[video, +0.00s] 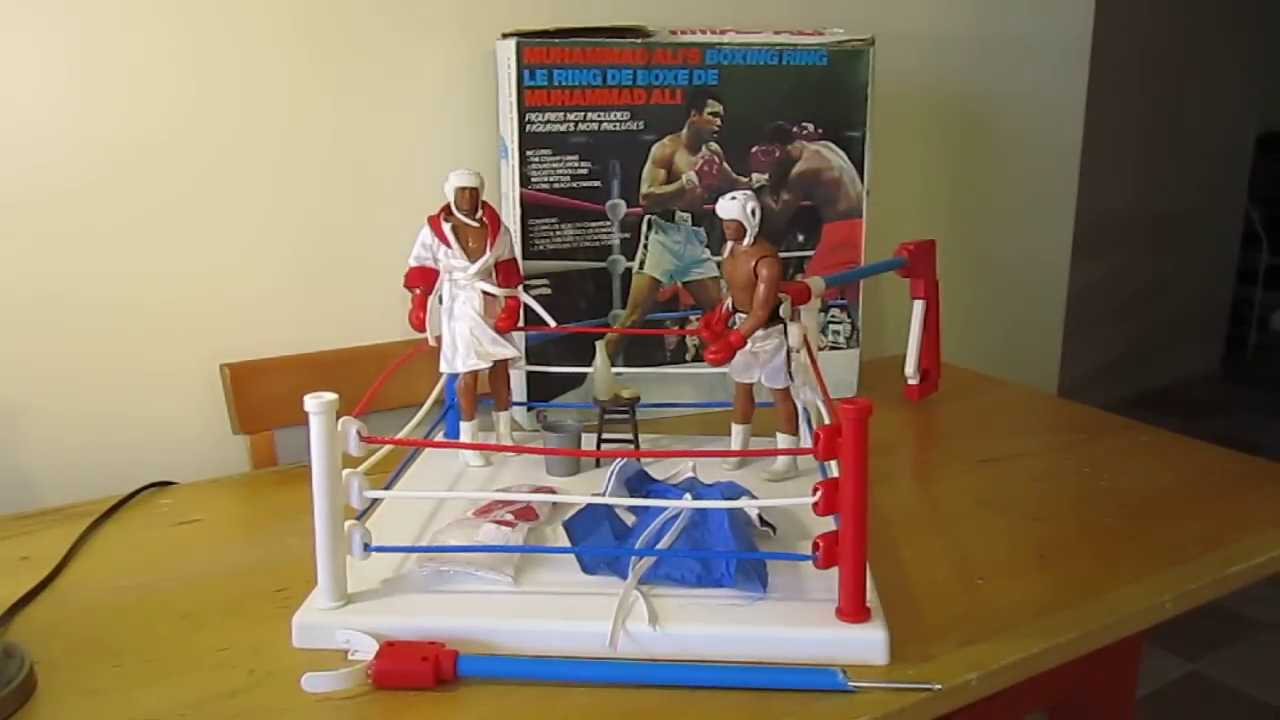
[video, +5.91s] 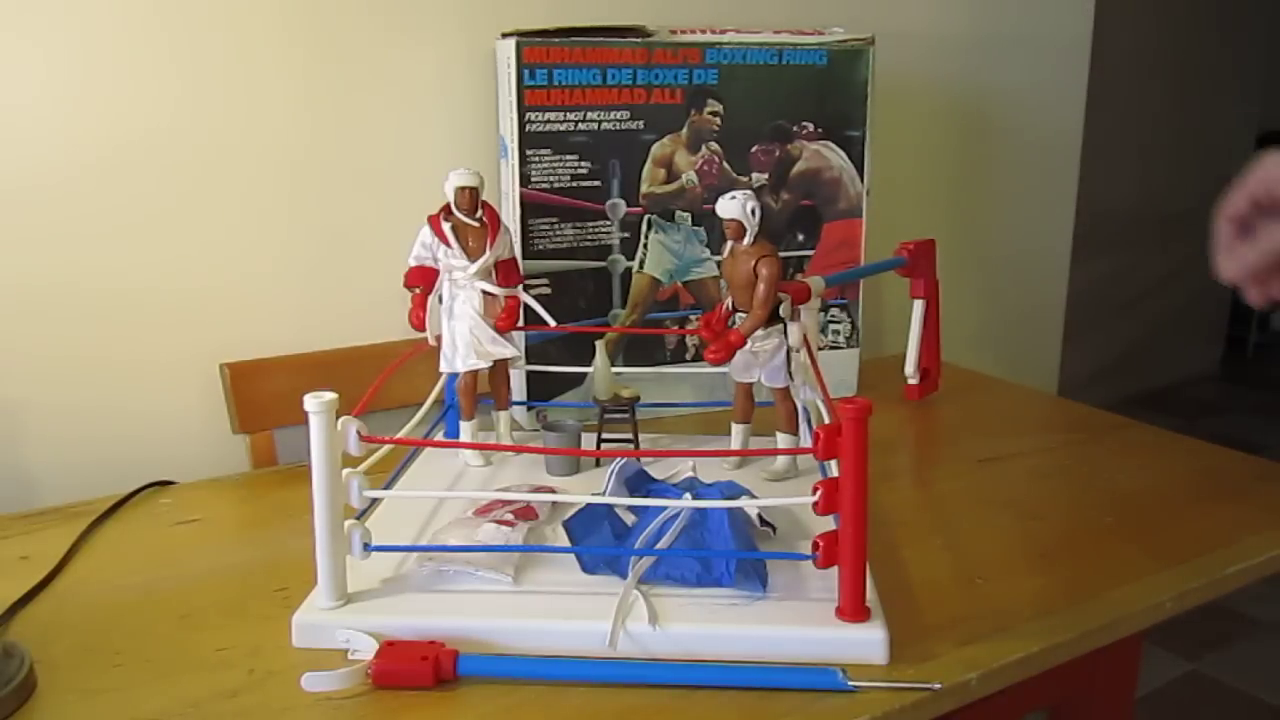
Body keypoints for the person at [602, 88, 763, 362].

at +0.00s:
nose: (718, 122)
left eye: (720, 116)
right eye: (713, 115)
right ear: (694, 115)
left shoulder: (712, 151)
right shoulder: (665, 148)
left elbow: (731, 181)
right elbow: (646, 197)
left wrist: (752, 181)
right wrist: (682, 184)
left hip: (693, 237)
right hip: (660, 235)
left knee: (719, 309)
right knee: (635, 315)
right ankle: (597, 371)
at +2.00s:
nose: (719, 122)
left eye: (721, 116)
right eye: (713, 115)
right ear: (694, 114)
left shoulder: (712, 150)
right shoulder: (664, 148)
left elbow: (732, 182)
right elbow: (647, 195)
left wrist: (754, 181)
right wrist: (681, 183)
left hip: (694, 237)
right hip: (660, 235)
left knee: (718, 309)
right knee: (635, 314)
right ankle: (596, 374)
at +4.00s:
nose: (718, 122)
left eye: (720, 116)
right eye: (713, 115)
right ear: (694, 114)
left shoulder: (712, 150)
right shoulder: (665, 148)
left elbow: (731, 182)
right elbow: (646, 196)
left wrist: (755, 181)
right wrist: (682, 183)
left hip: (693, 237)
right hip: (660, 235)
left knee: (718, 309)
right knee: (635, 314)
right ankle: (596, 373)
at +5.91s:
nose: (718, 122)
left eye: (720, 116)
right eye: (713, 115)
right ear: (693, 115)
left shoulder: (712, 150)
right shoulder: (665, 148)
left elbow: (732, 182)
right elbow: (646, 196)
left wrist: (756, 181)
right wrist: (682, 183)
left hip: (693, 236)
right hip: (660, 234)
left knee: (719, 309)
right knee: (635, 313)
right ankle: (596, 370)